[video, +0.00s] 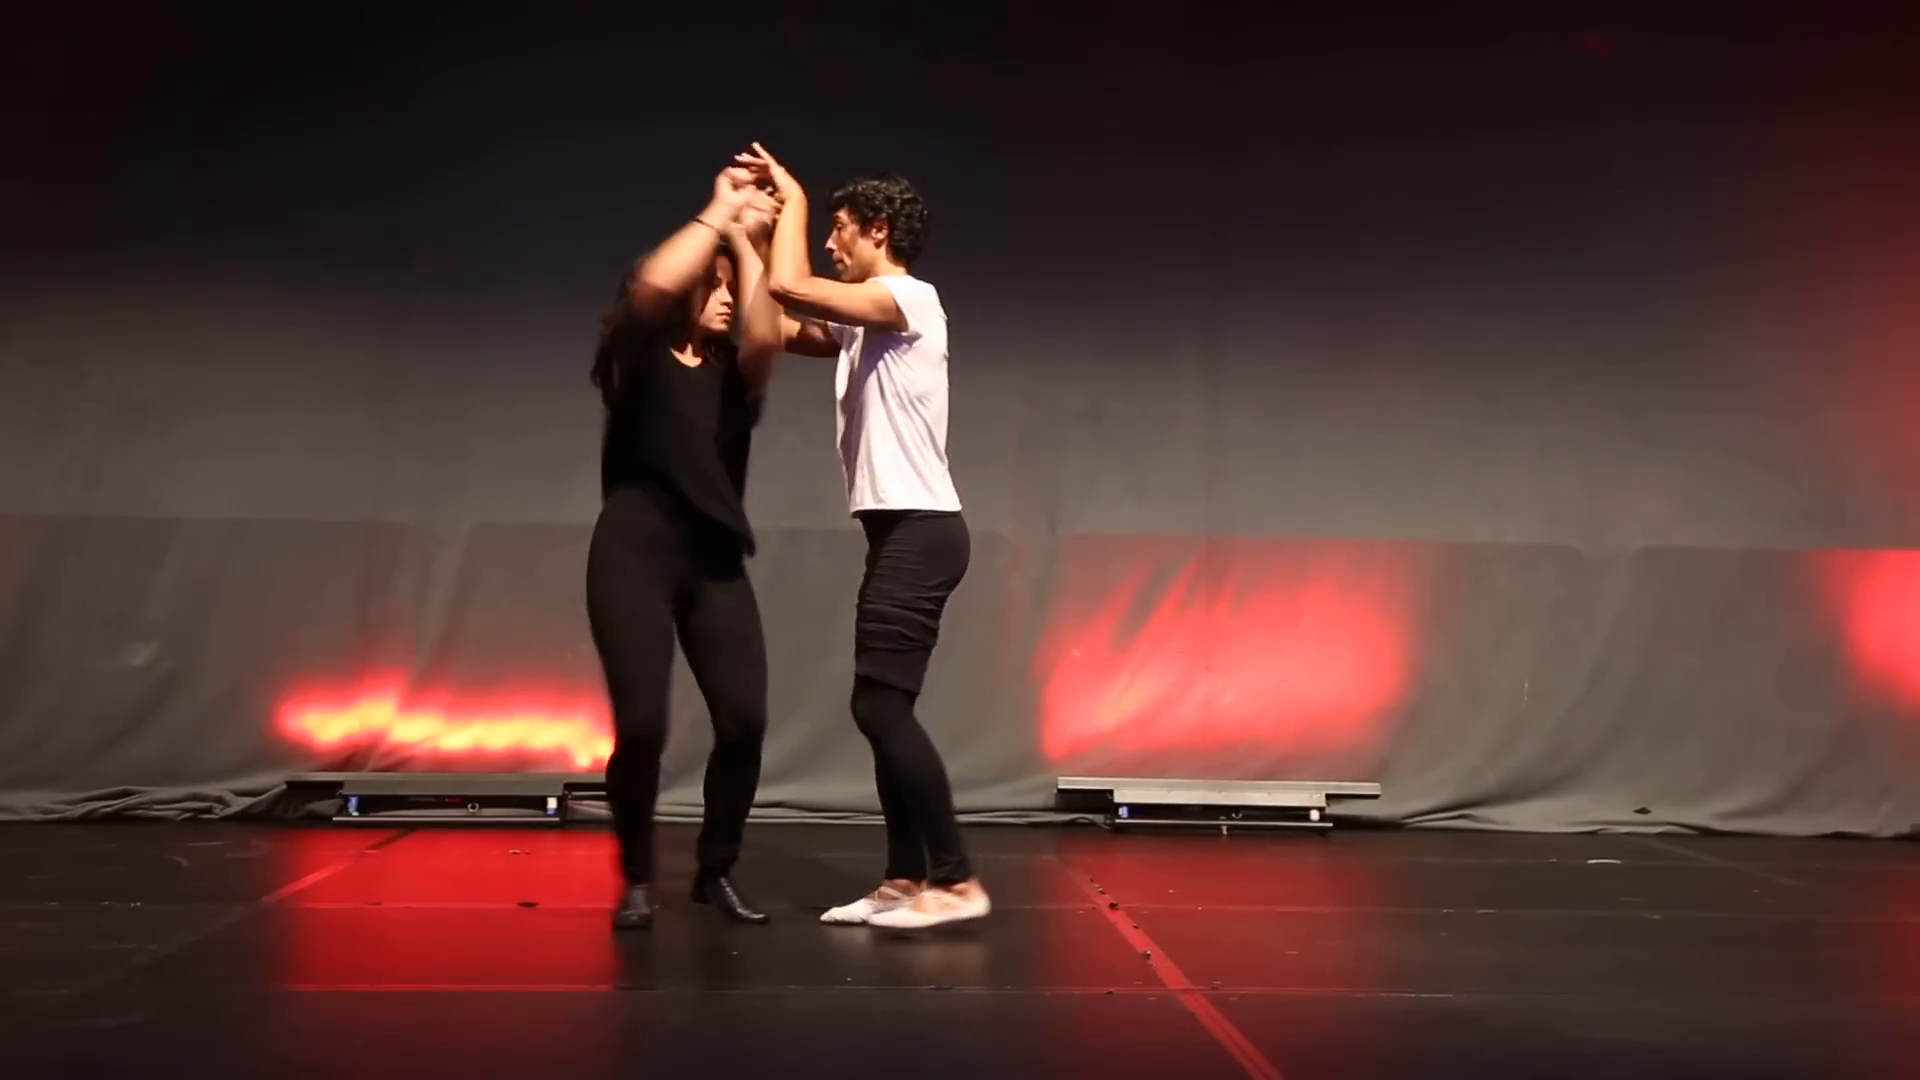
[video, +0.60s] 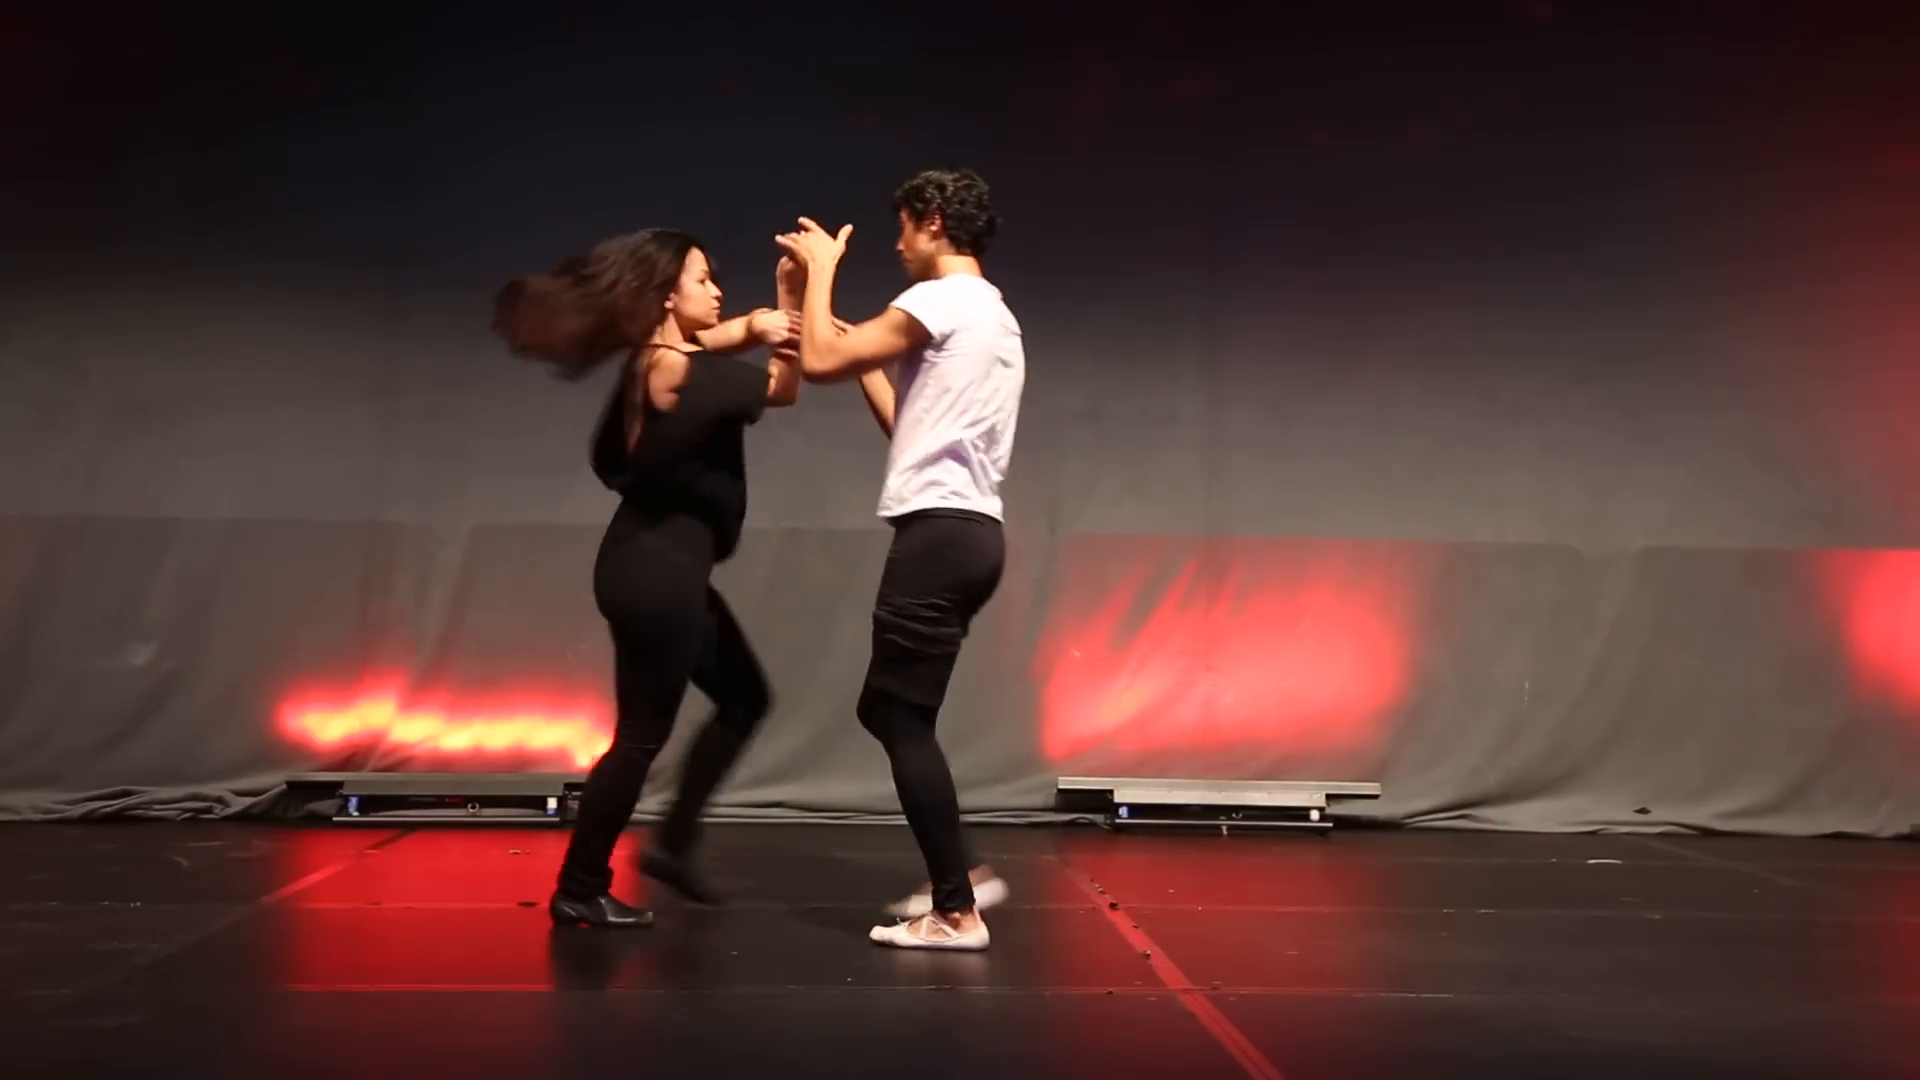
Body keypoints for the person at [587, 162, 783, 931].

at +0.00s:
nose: (727, 292)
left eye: (737, 282)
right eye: (713, 278)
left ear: (747, 296)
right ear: (680, 288)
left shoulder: (745, 361)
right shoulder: (640, 344)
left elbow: (765, 334)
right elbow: (655, 282)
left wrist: (752, 232)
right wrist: (717, 216)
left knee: (744, 723)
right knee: (643, 727)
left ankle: (714, 875)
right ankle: (636, 883)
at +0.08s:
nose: (697, 276)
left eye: (715, 273)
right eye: (690, 260)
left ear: (738, 297)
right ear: (666, 278)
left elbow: (708, 300)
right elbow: (612, 266)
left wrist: (715, 216)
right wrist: (688, 202)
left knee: (721, 727)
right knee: (612, 726)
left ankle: (726, 871)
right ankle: (672, 879)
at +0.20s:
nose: (658, 264)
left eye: (673, 259)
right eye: (662, 256)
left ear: (702, 278)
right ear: (689, 277)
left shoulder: (693, 340)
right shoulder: (679, 332)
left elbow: (610, 283)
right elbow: (630, 270)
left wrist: (671, 230)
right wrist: (680, 205)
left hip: (683, 556)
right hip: (653, 553)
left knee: (639, 720)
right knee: (630, 722)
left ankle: (754, 838)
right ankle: (680, 881)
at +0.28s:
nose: (643, 279)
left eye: (655, 271)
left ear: (670, 276)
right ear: (738, 280)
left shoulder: (652, 342)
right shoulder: (733, 347)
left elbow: (608, 286)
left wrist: (686, 250)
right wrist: (712, 223)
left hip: (655, 542)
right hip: (713, 544)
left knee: (595, 714)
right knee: (659, 719)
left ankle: (714, 821)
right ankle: (675, 890)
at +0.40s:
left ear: (644, 288)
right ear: (729, 292)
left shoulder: (616, 359)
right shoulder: (742, 369)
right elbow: (788, 434)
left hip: (628, 547)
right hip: (710, 552)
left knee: (623, 706)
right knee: (674, 730)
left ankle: (607, 814)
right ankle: (635, 899)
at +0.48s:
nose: (719, 304)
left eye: (716, 293)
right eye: (713, 292)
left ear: (626, 297)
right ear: (700, 296)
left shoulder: (612, 362)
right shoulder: (720, 364)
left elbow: (581, 416)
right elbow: (754, 449)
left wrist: (627, 463)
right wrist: (775, 378)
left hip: (620, 545)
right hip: (686, 547)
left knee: (660, 707)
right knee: (666, 724)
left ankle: (601, 833)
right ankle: (601, 887)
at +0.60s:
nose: (719, 291)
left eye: (714, 278)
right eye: (705, 279)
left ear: (661, 298)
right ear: (666, 295)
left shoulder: (647, 365)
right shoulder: (690, 368)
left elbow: (726, 338)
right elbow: (783, 385)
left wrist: (760, 327)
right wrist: (795, 293)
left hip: (645, 565)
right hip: (659, 572)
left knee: (745, 699)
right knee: (640, 737)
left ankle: (674, 843)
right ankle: (579, 891)